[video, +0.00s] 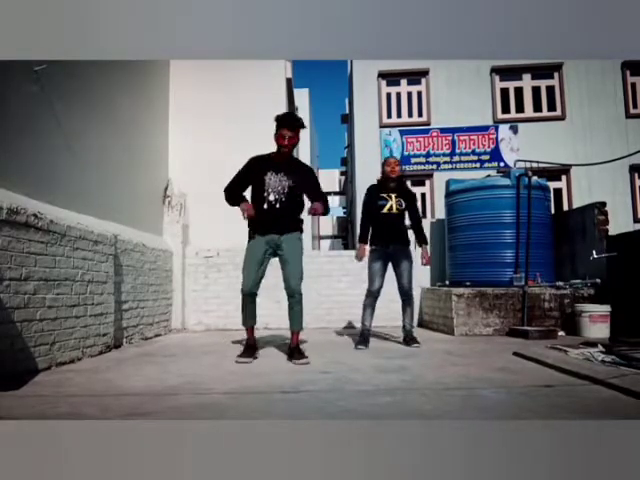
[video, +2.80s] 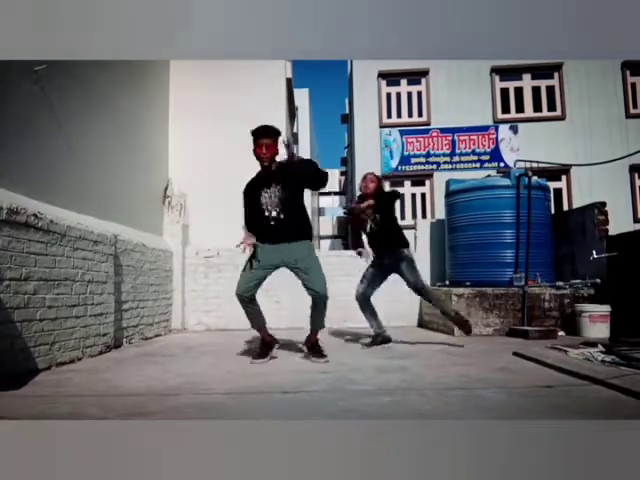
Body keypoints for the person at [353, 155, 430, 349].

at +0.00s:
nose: (393, 168)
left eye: (396, 165)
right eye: (390, 165)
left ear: (400, 168)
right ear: (383, 168)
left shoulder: (407, 192)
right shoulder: (373, 191)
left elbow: (415, 220)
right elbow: (366, 218)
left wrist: (423, 245)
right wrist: (362, 243)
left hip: (400, 246)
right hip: (378, 246)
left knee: (406, 290)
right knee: (373, 289)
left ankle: (408, 334)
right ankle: (364, 334)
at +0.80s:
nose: (373, 165)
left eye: (376, 161)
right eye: (369, 162)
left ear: (381, 165)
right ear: (363, 166)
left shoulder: (387, 187)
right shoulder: (358, 187)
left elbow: (396, 217)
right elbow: (346, 208)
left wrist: (405, 243)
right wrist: (340, 222)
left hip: (391, 243)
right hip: (369, 244)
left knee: (399, 288)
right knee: (367, 289)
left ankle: (399, 333)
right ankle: (362, 336)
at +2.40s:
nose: (378, 165)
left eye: (381, 162)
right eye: (374, 162)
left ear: (386, 165)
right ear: (369, 167)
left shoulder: (394, 187)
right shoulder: (361, 187)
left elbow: (405, 214)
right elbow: (348, 213)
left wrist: (419, 237)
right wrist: (340, 238)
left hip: (388, 245)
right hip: (365, 245)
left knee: (395, 290)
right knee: (356, 290)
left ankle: (395, 333)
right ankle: (344, 332)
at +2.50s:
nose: (377, 164)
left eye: (380, 160)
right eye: (373, 161)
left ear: (386, 163)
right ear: (367, 165)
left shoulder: (395, 183)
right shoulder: (359, 183)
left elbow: (420, 198)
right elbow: (337, 197)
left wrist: (446, 208)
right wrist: (323, 209)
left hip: (391, 245)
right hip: (369, 245)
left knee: (394, 288)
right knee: (358, 289)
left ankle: (394, 333)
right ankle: (353, 331)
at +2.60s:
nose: (374, 167)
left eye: (377, 163)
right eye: (370, 164)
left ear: (384, 166)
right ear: (366, 168)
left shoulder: (394, 182)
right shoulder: (361, 186)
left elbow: (420, 179)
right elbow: (339, 198)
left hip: (393, 245)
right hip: (372, 247)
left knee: (398, 288)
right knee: (359, 288)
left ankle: (397, 332)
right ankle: (375, 328)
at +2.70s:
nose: (370, 174)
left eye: (374, 171)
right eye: (368, 171)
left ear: (381, 174)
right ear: (364, 175)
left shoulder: (389, 189)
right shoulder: (358, 195)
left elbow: (411, 183)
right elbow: (347, 217)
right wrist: (335, 211)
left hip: (395, 250)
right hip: (375, 254)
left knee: (412, 284)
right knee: (363, 295)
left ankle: (417, 327)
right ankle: (380, 333)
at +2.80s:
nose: (368, 184)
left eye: (372, 182)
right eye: (365, 181)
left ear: (378, 186)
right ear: (361, 185)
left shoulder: (384, 198)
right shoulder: (358, 206)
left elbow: (395, 195)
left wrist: (372, 203)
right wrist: (360, 209)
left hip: (399, 254)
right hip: (381, 258)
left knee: (419, 287)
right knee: (362, 295)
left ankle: (455, 318)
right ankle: (380, 334)